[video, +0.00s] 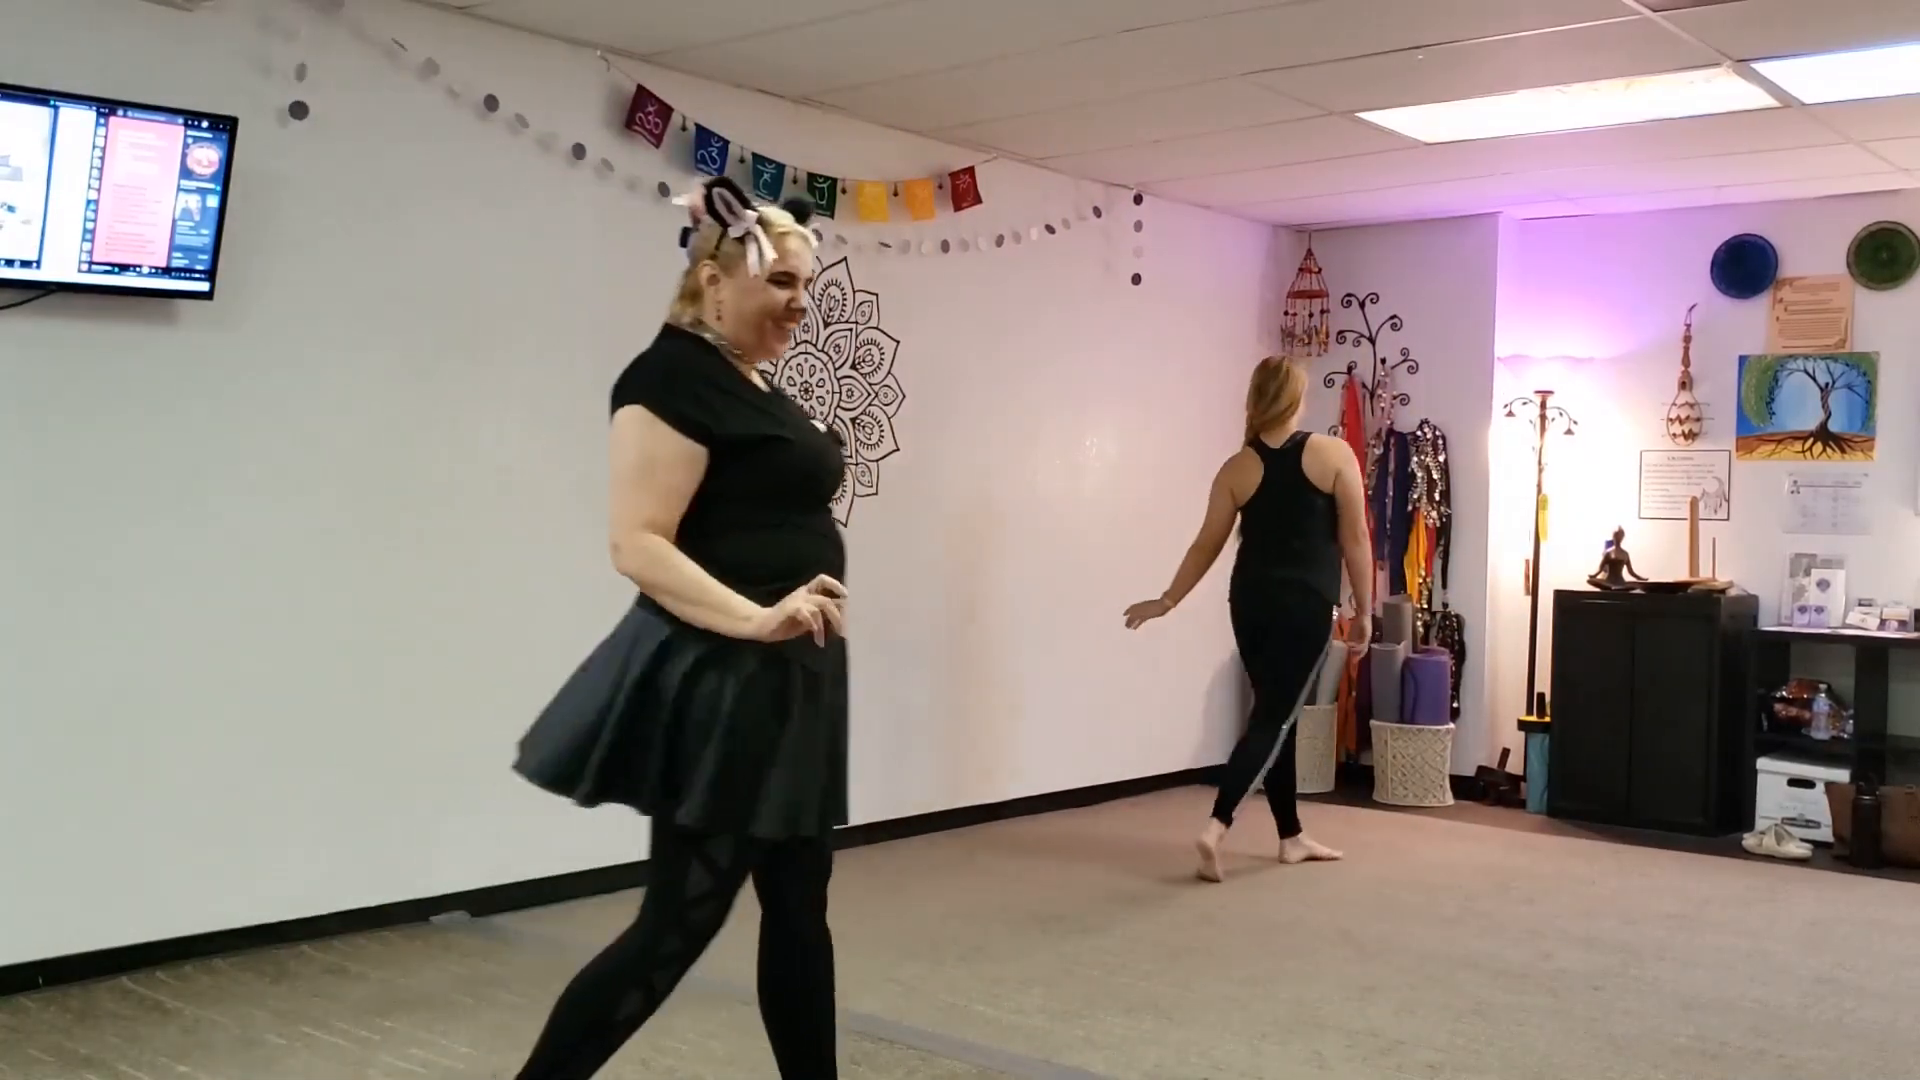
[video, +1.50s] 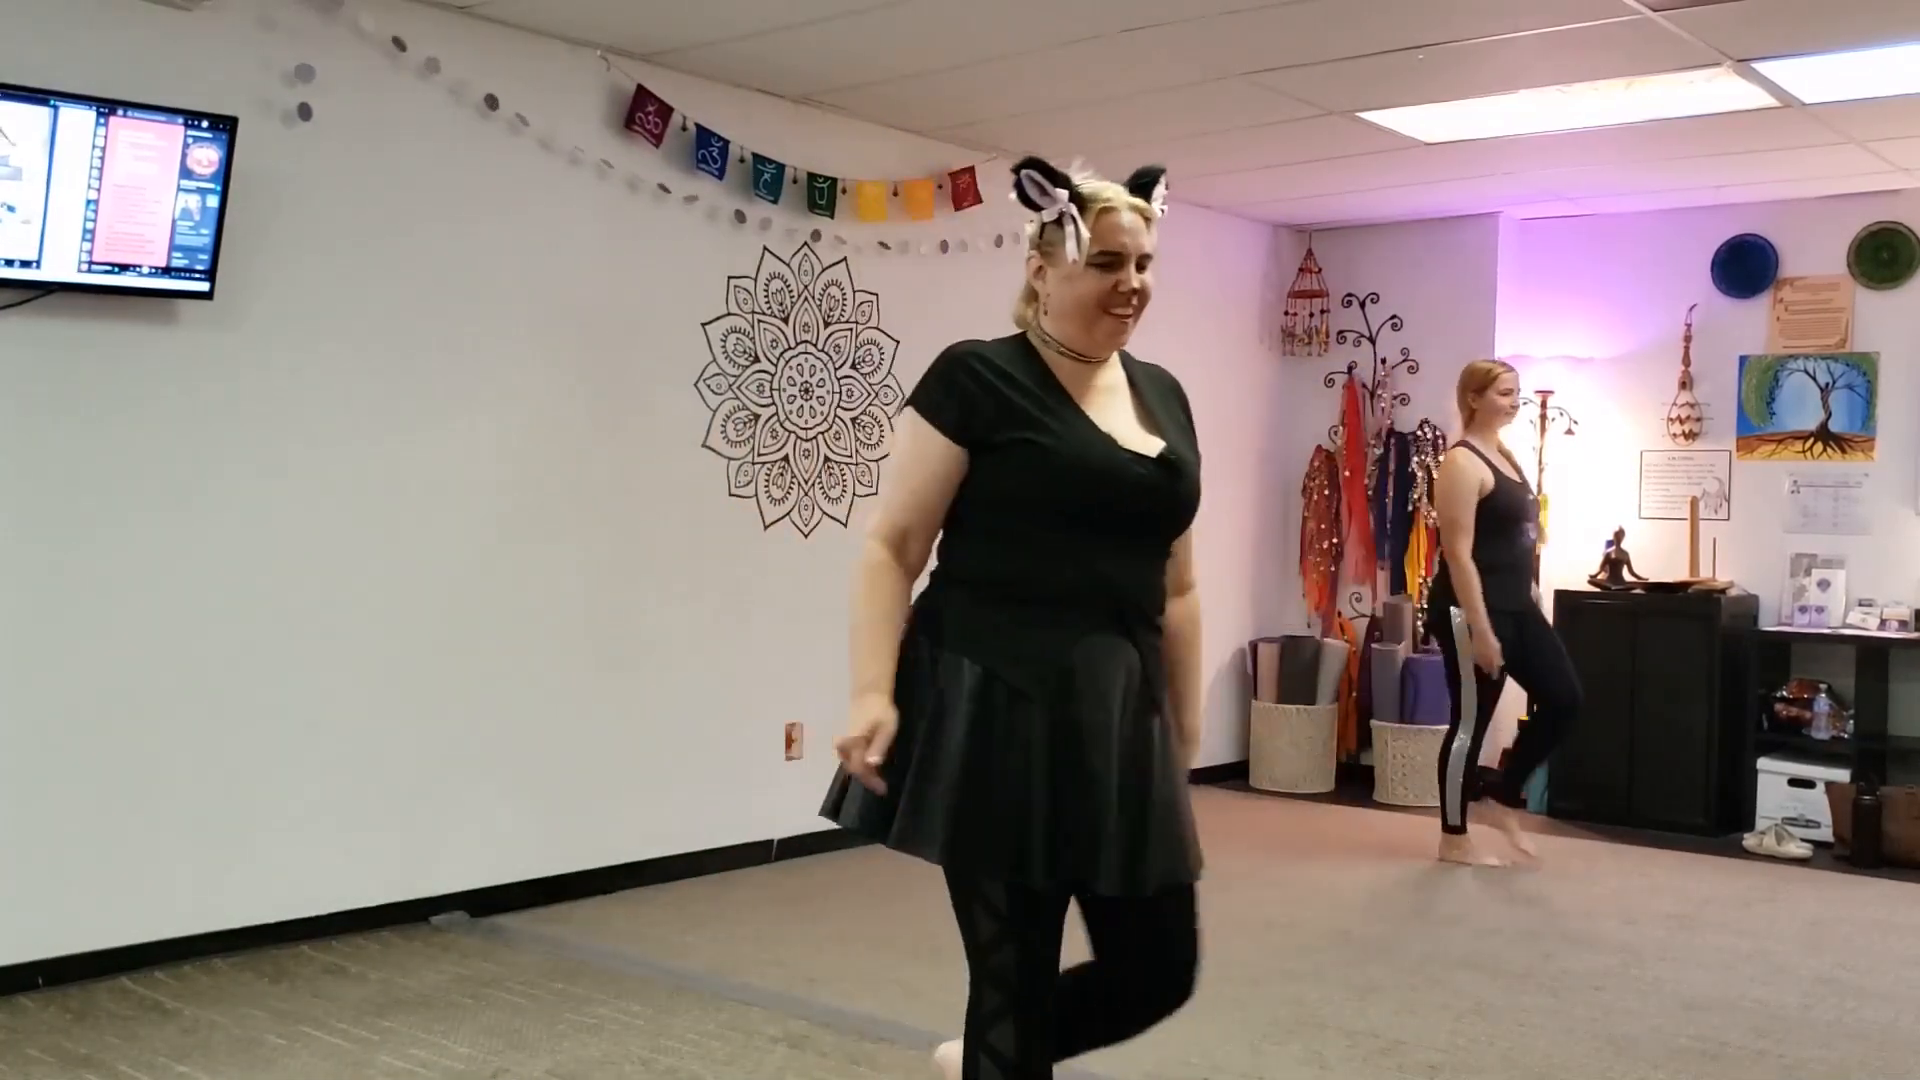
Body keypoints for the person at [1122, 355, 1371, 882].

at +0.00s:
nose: (1307, 402)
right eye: (1304, 395)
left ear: (1255, 401)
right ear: (1300, 401)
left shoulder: (1237, 468)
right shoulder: (1334, 455)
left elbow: (1207, 545)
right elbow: (1354, 540)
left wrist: (1167, 600)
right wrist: (1363, 608)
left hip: (1249, 601)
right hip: (1307, 603)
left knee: (1277, 713)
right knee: (1272, 716)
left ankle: (1291, 834)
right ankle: (1217, 824)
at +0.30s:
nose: (1345, 407)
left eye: (1345, 399)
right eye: (1343, 399)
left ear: (1296, 402)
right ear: (1328, 401)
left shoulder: (1277, 464)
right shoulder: (1337, 444)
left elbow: (1274, 542)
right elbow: (1355, 523)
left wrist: (1280, 588)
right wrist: (1389, 591)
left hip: (1281, 596)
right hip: (1326, 596)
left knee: (1306, 708)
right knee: (1376, 704)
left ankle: (1297, 836)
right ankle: (1283, 772)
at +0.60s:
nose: (1387, 396)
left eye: (1386, 388)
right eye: (1377, 388)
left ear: (1362, 397)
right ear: (1347, 395)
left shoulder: (1357, 452)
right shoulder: (1331, 446)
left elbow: (1368, 538)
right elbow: (1313, 523)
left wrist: (1401, 590)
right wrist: (1358, 585)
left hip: (1330, 593)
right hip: (1337, 592)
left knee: (1318, 706)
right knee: (1406, 691)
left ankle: (1295, 832)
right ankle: (1416, 820)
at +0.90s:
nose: (1427, 403)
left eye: (1427, 395)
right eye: (1417, 396)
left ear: (1408, 406)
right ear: (1388, 405)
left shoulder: (1421, 465)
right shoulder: (1374, 462)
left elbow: (1439, 553)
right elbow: (1334, 533)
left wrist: (1474, 610)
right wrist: (1321, 605)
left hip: (1392, 608)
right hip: (1387, 609)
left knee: (1342, 717)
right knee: (1421, 720)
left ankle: (1296, 826)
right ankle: (1450, 837)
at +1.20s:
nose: (1474, 401)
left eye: (1476, 394)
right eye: (1463, 394)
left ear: (1475, 403)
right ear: (1434, 402)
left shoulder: (1469, 453)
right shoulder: (1423, 466)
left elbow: (1484, 534)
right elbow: (1399, 550)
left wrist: (1504, 592)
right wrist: (1385, 623)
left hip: (1468, 601)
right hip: (1439, 603)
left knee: (1455, 714)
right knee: (1460, 713)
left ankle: (1358, 784)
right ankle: (1453, 838)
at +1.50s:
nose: (1514, 400)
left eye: (1516, 394)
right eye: (1504, 393)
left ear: (1512, 403)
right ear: (1475, 398)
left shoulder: (1504, 455)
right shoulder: (1460, 461)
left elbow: (1517, 538)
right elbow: (1456, 552)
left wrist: (1532, 597)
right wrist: (1480, 630)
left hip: (1515, 598)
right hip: (1468, 602)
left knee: (1561, 700)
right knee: (1470, 722)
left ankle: (1503, 796)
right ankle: (1454, 838)